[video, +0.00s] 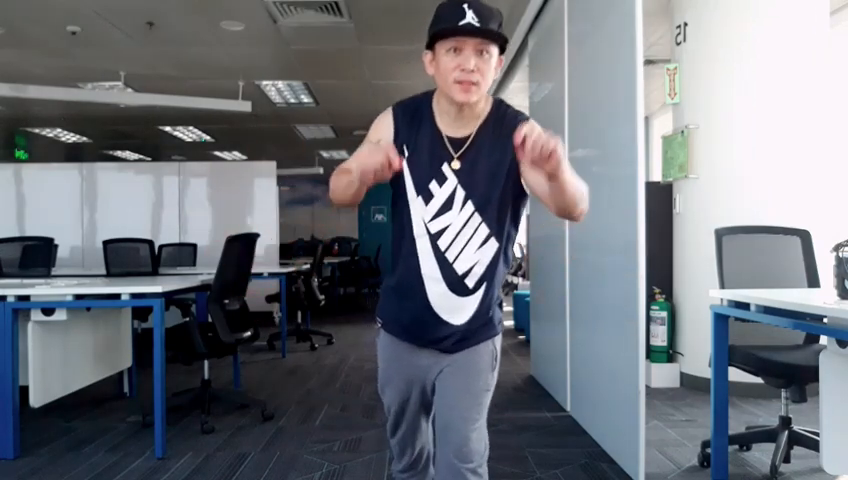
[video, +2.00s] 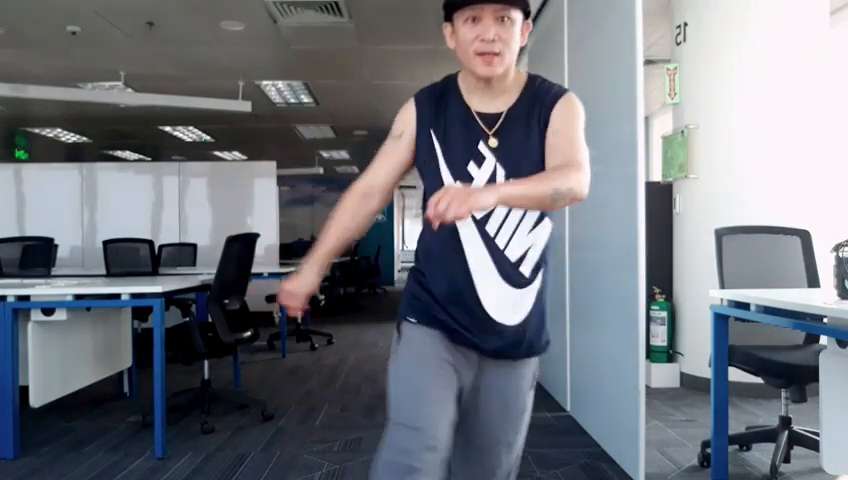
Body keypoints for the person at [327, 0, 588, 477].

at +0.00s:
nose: (469, 63)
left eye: (482, 52)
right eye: (455, 50)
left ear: (498, 65)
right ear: (430, 61)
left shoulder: (518, 132)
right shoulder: (397, 121)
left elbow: (574, 211)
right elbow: (338, 195)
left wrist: (557, 173)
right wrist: (361, 171)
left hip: (473, 332)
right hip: (403, 327)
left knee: (462, 460)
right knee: (406, 456)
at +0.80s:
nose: (459, 64)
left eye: (471, 53)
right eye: (447, 52)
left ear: (490, 66)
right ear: (425, 65)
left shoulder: (508, 138)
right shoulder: (394, 126)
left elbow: (533, 216)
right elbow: (346, 193)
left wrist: (517, 244)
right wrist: (355, 224)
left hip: (465, 330)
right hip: (395, 324)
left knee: (460, 456)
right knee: (388, 433)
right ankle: (393, 472)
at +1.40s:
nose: (460, 93)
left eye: (472, 81)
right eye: (446, 80)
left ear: (489, 90)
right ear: (422, 89)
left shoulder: (506, 159)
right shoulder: (391, 154)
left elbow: (533, 237)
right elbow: (351, 227)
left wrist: (562, 308)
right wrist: (309, 295)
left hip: (470, 346)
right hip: (397, 343)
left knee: (463, 464)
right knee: (387, 447)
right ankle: (394, 474)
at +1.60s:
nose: (471, 72)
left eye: (484, 59)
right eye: (457, 59)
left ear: (501, 69)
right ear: (433, 68)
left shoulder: (527, 144)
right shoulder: (401, 132)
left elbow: (568, 221)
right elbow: (350, 201)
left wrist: (610, 289)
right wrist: (319, 256)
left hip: (479, 340)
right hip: (405, 332)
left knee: (464, 463)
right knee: (380, 432)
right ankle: (391, 470)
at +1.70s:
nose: (472, 62)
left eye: (485, 48)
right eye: (458, 48)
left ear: (506, 56)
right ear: (435, 59)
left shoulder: (538, 128)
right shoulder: (409, 114)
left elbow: (574, 199)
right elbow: (356, 172)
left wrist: (613, 227)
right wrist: (329, 202)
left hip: (489, 337)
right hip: (411, 325)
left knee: (469, 468)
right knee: (372, 456)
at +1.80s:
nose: (478, 50)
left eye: (492, 35)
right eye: (463, 37)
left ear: (512, 44)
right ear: (441, 48)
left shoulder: (546, 117)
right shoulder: (415, 110)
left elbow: (589, 189)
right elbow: (360, 174)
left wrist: (568, 190)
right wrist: (307, 209)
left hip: (496, 337)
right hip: (416, 324)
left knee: (475, 470)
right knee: (370, 460)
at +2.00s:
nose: (489, 34)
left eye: (503, 20)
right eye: (473, 20)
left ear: (525, 31)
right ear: (450, 34)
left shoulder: (558, 105)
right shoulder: (424, 109)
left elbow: (573, 181)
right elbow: (367, 193)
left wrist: (488, 194)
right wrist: (310, 269)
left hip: (515, 333)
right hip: (432, 323)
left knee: (492, 471)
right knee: (413, 464)